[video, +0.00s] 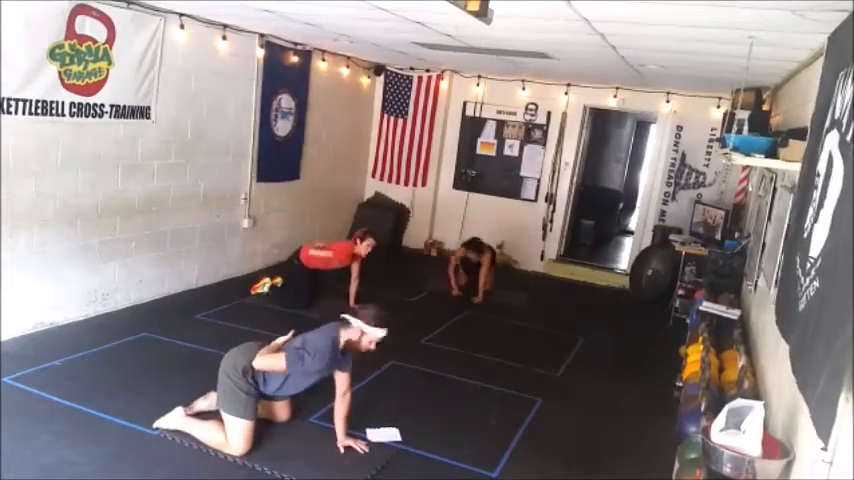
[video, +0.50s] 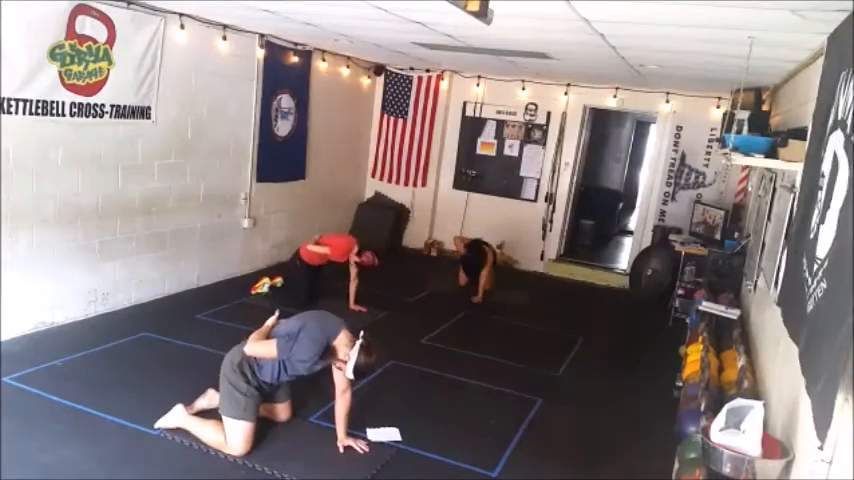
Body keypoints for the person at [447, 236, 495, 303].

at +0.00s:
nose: (473, 259)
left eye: (475, 256)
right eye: (470, 256)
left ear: (479, 253)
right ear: (467, 251)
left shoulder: (486, 254)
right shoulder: (461, 251)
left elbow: (482, 274)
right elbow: (451, 270)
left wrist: (480, 295)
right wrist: (454, 288)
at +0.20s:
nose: (473, 253)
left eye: (477, 251)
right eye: (471, 250)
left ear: (482, 250)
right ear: (467, 248)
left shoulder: (488, 254)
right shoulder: (463, 250)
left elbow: (483, 275)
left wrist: (480, 295)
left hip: (482, 266)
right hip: (467, 263)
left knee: (486, 287)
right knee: (462, 283)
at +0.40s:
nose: (473, 256)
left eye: (476, 254)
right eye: (471, 253)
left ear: (481, 252)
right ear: (467, 249)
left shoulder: (487, 256)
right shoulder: (462, 249)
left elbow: (483, 276)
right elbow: (454, 242)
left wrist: (479, 295)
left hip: (483, 265)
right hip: (466, 262)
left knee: (486, 287)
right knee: (462, 283)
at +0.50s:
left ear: (481, 262)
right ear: (466, 254)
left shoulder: (489, 255)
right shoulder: (462, 248)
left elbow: (483, 276)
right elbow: (456, 238)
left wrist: (479, 295)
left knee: (486, 287)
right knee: (462, 282)